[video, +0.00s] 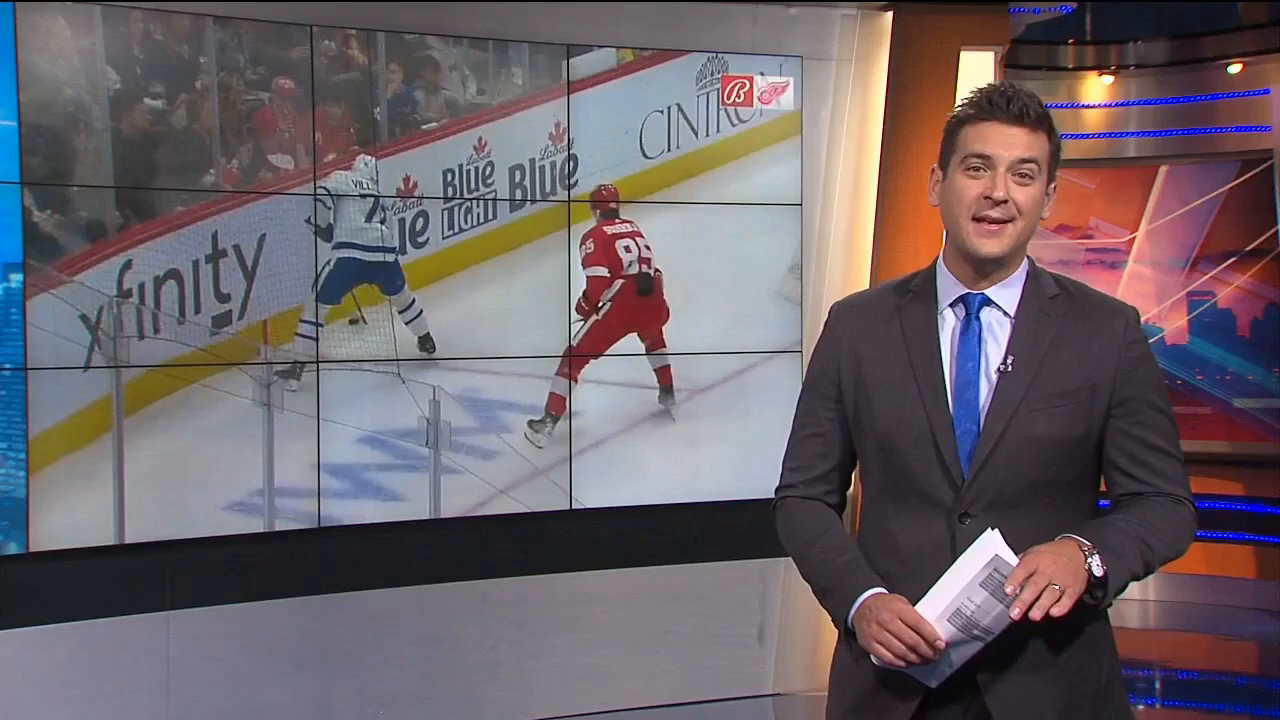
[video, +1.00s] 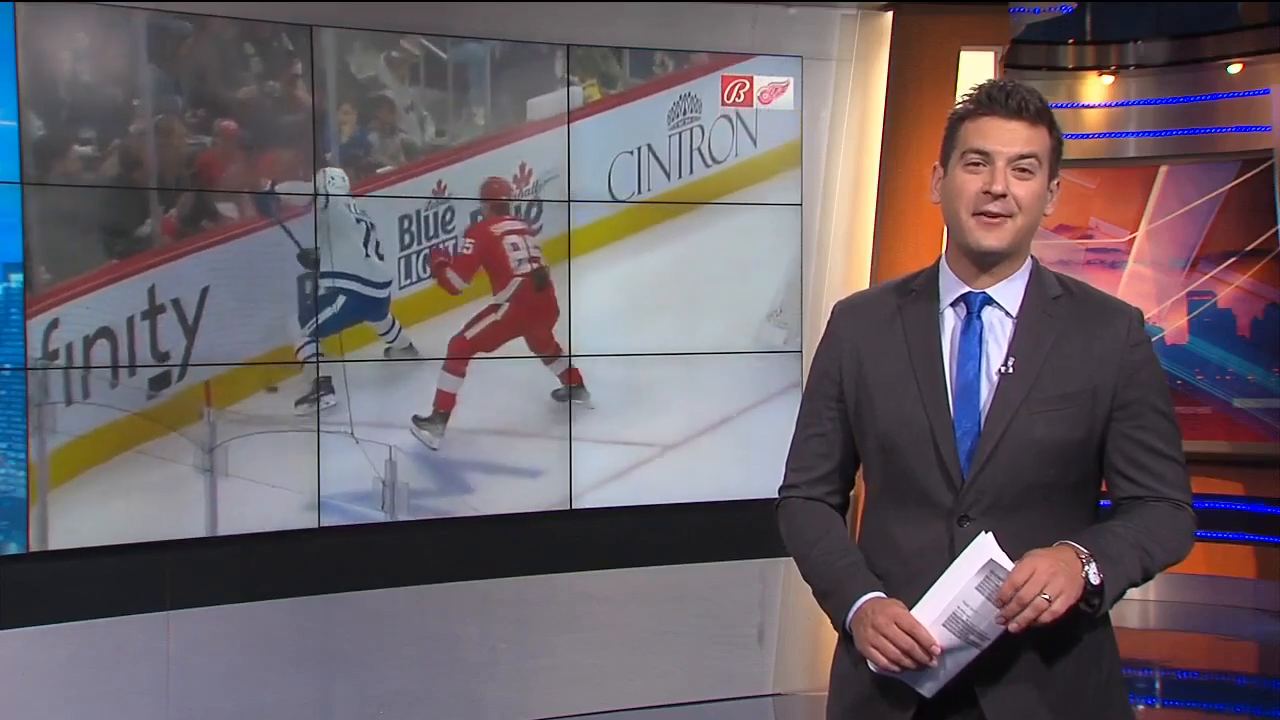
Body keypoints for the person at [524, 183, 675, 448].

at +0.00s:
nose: (594, 211)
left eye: (593, 207)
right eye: (601, 206)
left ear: (595, 209)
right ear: (617, 207)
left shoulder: (593, 235)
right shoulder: (635, 228)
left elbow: (599, 280)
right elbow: (651, 270)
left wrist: (587, 303)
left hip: (620, 307)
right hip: (653, 304)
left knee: (574, 358)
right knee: (651, 334)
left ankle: (549, 420)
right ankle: (667, 392)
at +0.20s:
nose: (586, 210)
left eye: (586, 206)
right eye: (592, 205)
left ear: (587, 208)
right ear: (609, 206)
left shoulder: (586, 234)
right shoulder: (626, 228)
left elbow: (592, 279)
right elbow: (642, 268)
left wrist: (580, 302)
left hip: (613, 306)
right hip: (647, 303)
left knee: (568, 354)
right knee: (641, 330)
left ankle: (542, 419)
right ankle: (662, 391)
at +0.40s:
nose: (555, 208)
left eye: (557, 203)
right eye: (558, 203)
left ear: (561, 205)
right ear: (583, 203)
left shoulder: (559, 233)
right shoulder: (600, 226)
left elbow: (560, 281)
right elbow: (611, 266)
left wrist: (549, 298)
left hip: (588, 306)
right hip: (622, 301)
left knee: (540, 352)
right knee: (613, 330)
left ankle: (514, 414)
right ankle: (640, 386)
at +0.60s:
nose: (529, 209)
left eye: (531, 205)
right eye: (530, 204)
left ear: (535, 206)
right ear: (556, 204)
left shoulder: (535, 231)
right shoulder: (573, 226)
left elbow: (524, 285)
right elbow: (579, 265)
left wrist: (509, 287)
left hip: (562, 304)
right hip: (596, 301)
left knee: (514, 346)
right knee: (589, 334)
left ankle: (489, 412)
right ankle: (619, 386)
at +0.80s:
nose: (504, 209)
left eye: (506, 204)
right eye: (505, 204)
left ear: (510, 205)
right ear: (535, 204)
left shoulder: (509, 230)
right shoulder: (546, 227)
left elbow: (492, 284)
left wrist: (469, 276)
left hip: (538, 302)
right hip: (570, 300)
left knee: (486, 343)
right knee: (564, 338)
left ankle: (463, 415)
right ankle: (597, 385)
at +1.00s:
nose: (482, 207)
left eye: (483, 203)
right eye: (484, 202)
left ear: (485, 204)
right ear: (509, 203)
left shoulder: (480, 231)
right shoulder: (523, 226)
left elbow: (455, 284)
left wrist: (439, 264)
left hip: (513, 309)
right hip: (547, 305)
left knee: (460, 346)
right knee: (542, 342)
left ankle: (437, 420)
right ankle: (575, 386)